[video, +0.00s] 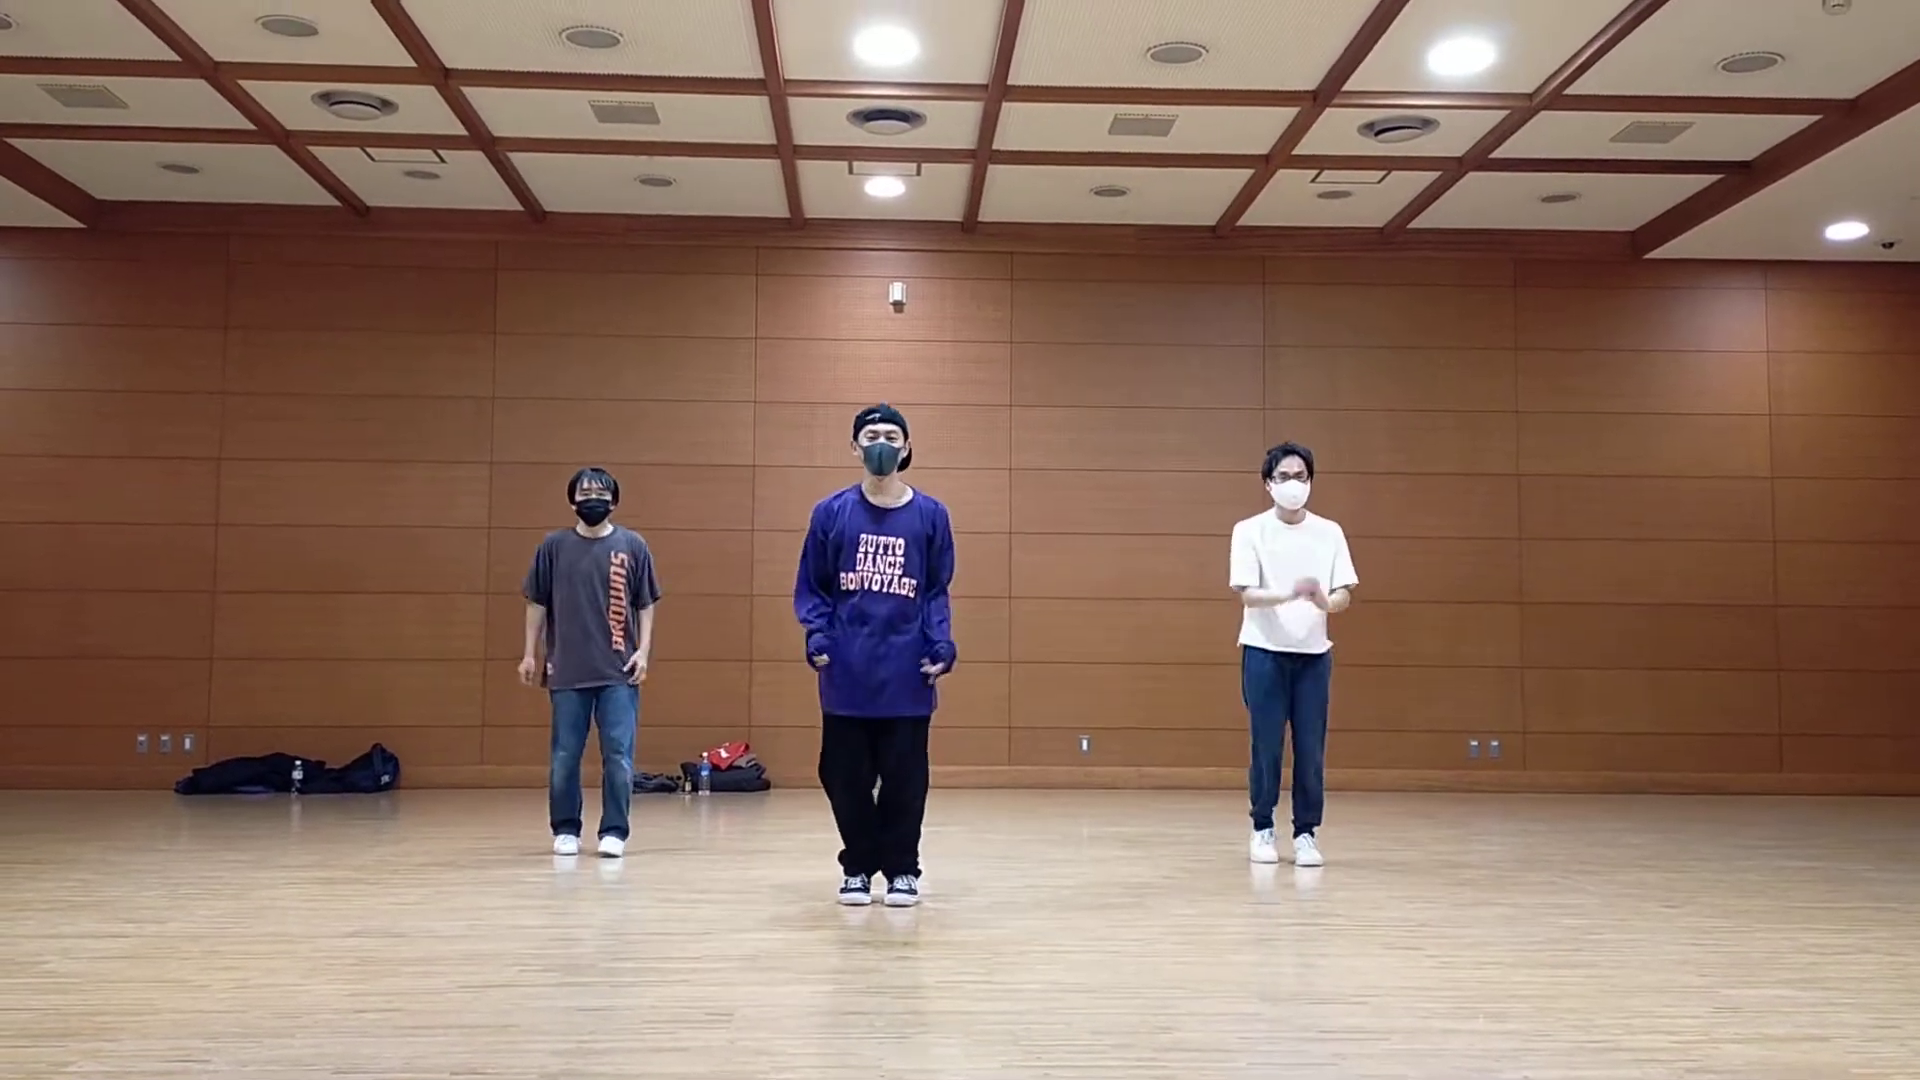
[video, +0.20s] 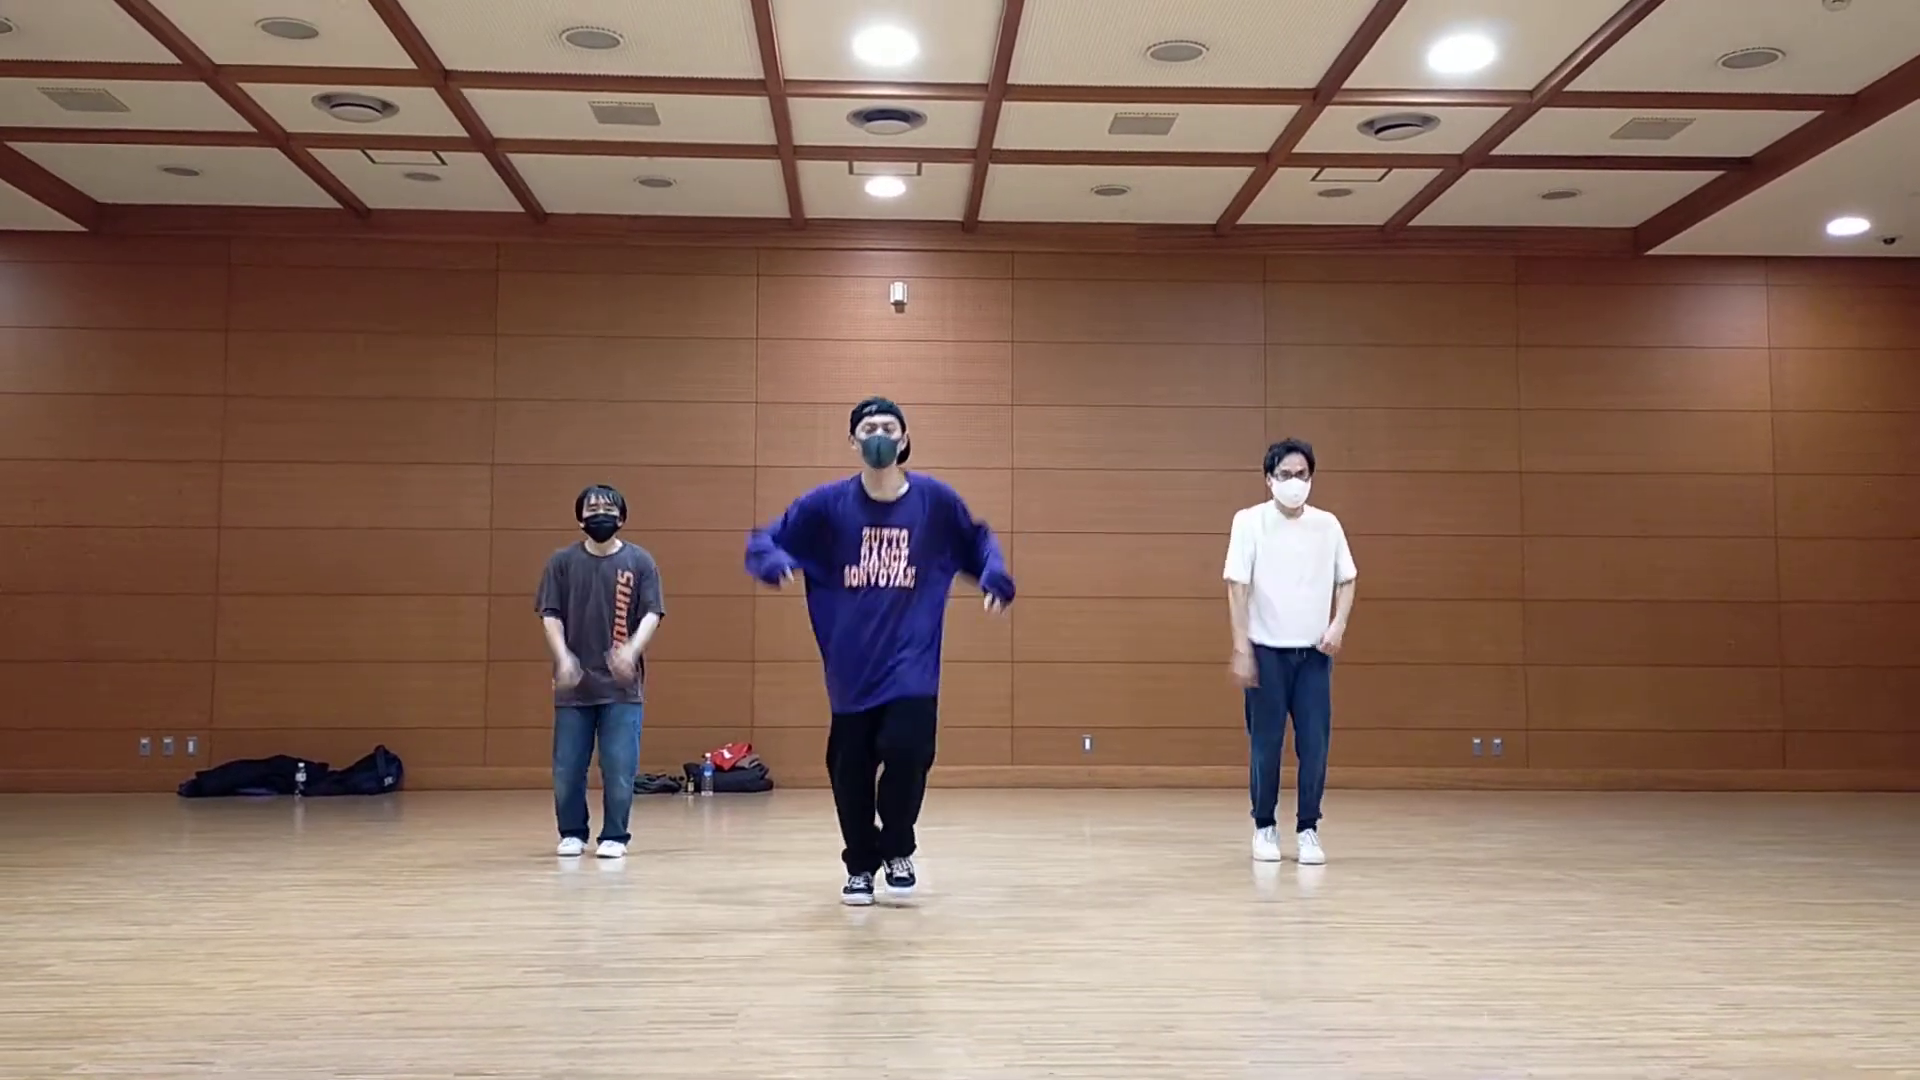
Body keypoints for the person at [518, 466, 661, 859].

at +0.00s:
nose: (592, 500)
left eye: (599, 494)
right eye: (585, 494)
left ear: (611, 500)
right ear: (574, 500)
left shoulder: (633, 546)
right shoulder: (553, 546)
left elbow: (645, 603)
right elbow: (536, 603)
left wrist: (643, 649)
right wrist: (530, 654)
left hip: (617, 669)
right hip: (567, 669)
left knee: (618, 754)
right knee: (565, 754)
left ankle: (613, 833)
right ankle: (565, 831)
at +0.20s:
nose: (599, 514)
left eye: (607, 508)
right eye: (592, 508)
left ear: (620, 516)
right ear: (581, 517)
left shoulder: (639, 561)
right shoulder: (561, 562)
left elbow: (652, 613)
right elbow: (550, 615)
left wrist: (631, 651)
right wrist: (563, 657)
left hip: (621, 684)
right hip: (574, 682)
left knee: (618, 764)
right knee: (567, 765)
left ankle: (614, 837)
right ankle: (572, 834)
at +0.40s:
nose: (608, 490)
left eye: (616, 484)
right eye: (601, 485)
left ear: (629, 493)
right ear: (591, 494)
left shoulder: (646, 531)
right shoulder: (574, 531)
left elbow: (668, 569)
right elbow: (550, 579)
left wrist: (624, 547)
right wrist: (588, 559)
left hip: (634, 659)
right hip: (584, 658)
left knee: (630, 749)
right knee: (581, 740)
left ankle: (624, 831)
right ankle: (597, 814)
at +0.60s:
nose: (612, 525)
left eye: (620, 519)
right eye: (605, 519)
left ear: (633, 524)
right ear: (594, 525)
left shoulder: (651, 569)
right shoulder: (575, 568)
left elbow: (654, 625)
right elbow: (569, 626)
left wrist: (642, 668)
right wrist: (584, 671)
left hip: (639, 679)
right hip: (594, 678)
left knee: (643, 767)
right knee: (594, 758)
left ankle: (642, 838)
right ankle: (591, 835)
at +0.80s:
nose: (602, 504)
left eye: (610, 498)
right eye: (595, 499)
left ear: (626, 506)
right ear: (585, 509)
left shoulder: (650, 550)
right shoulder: (567, 552)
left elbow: (692, 583)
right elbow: (529, 594)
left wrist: (740, 601)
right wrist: (479, 614)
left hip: (634, 681)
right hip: (582, 680)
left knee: (633, 764)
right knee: (583, 765)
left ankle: (638, 820)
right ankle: (590, 851)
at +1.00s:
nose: (610, 486)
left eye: (618, 479)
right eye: (602, 479)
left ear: (631, 490)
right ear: (589, 489)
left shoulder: (649, 531)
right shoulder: (567, 529)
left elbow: (679, 583)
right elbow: (536, 579)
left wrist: (666, 563)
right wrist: (551, 572)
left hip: (631, 666)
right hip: (578, 663)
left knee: (628, 755)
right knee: (584, 756)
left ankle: (626, 850)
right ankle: (591, 850)